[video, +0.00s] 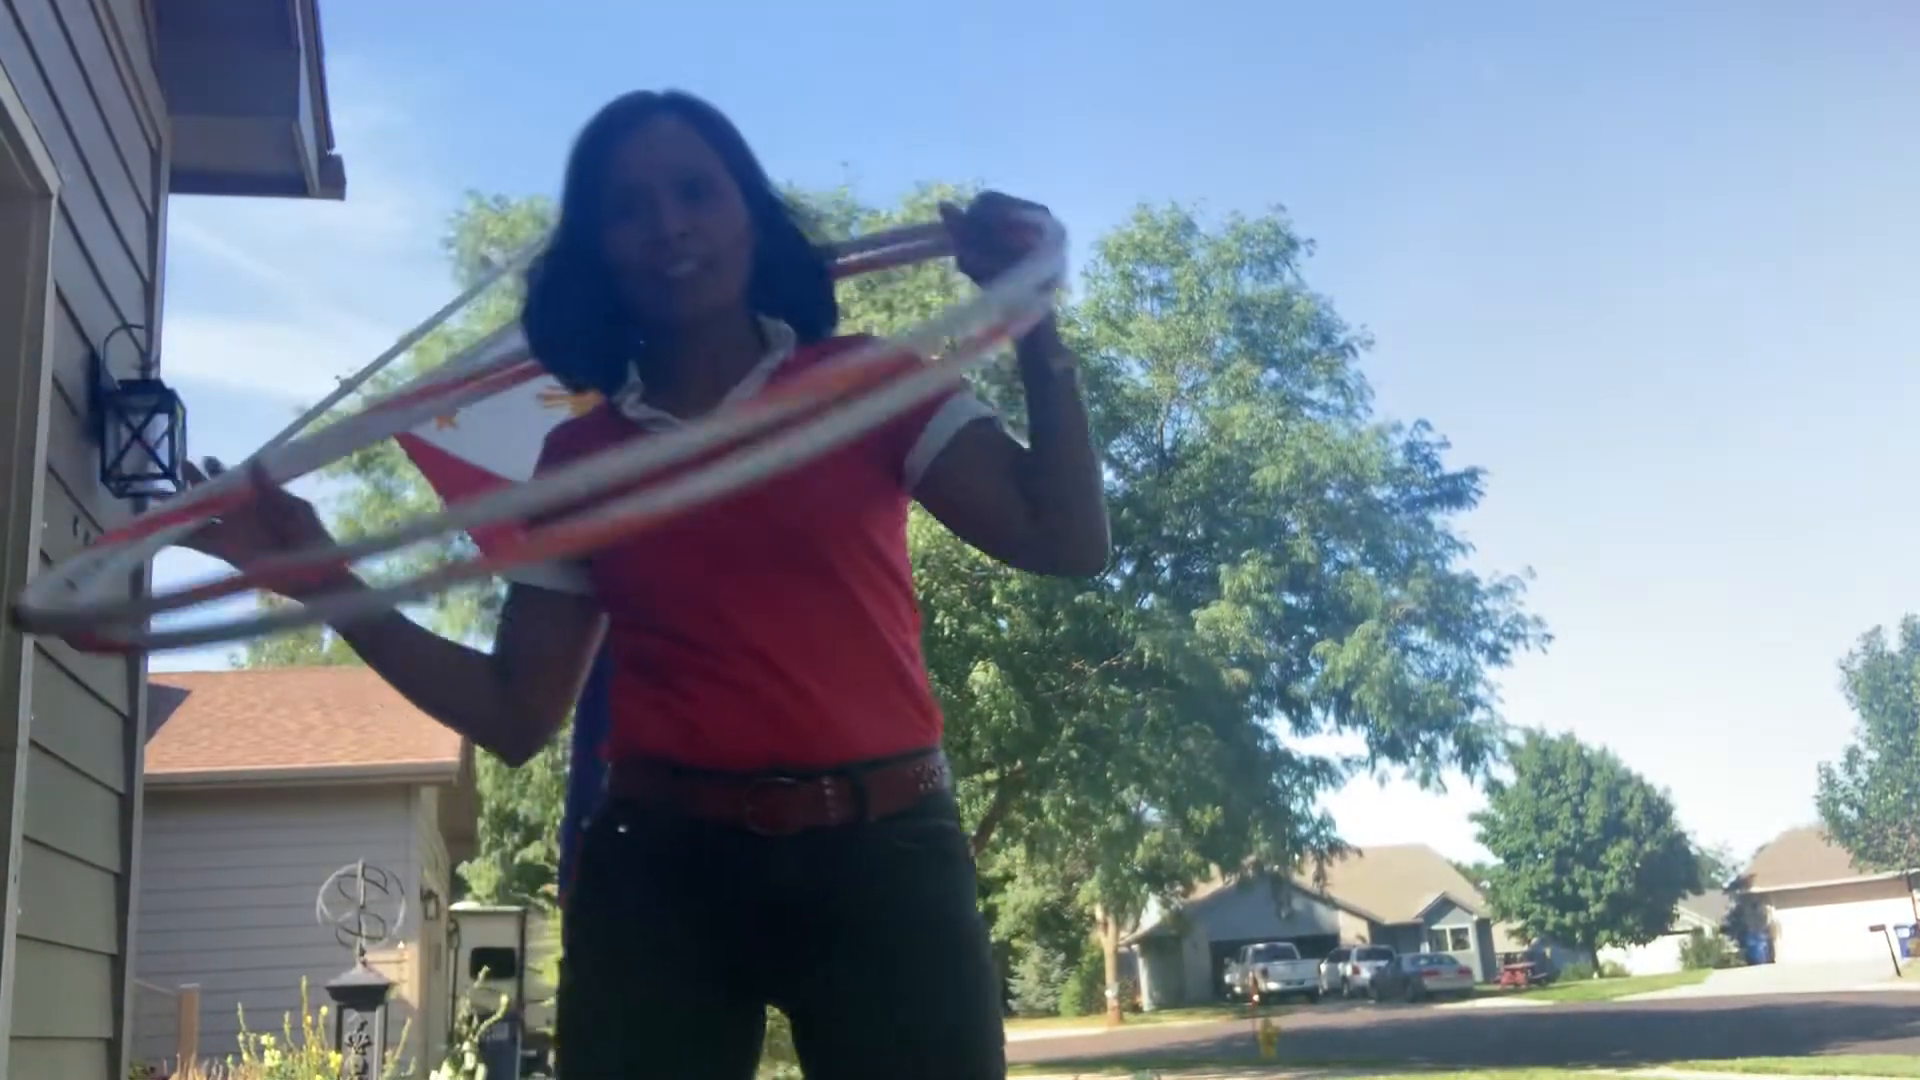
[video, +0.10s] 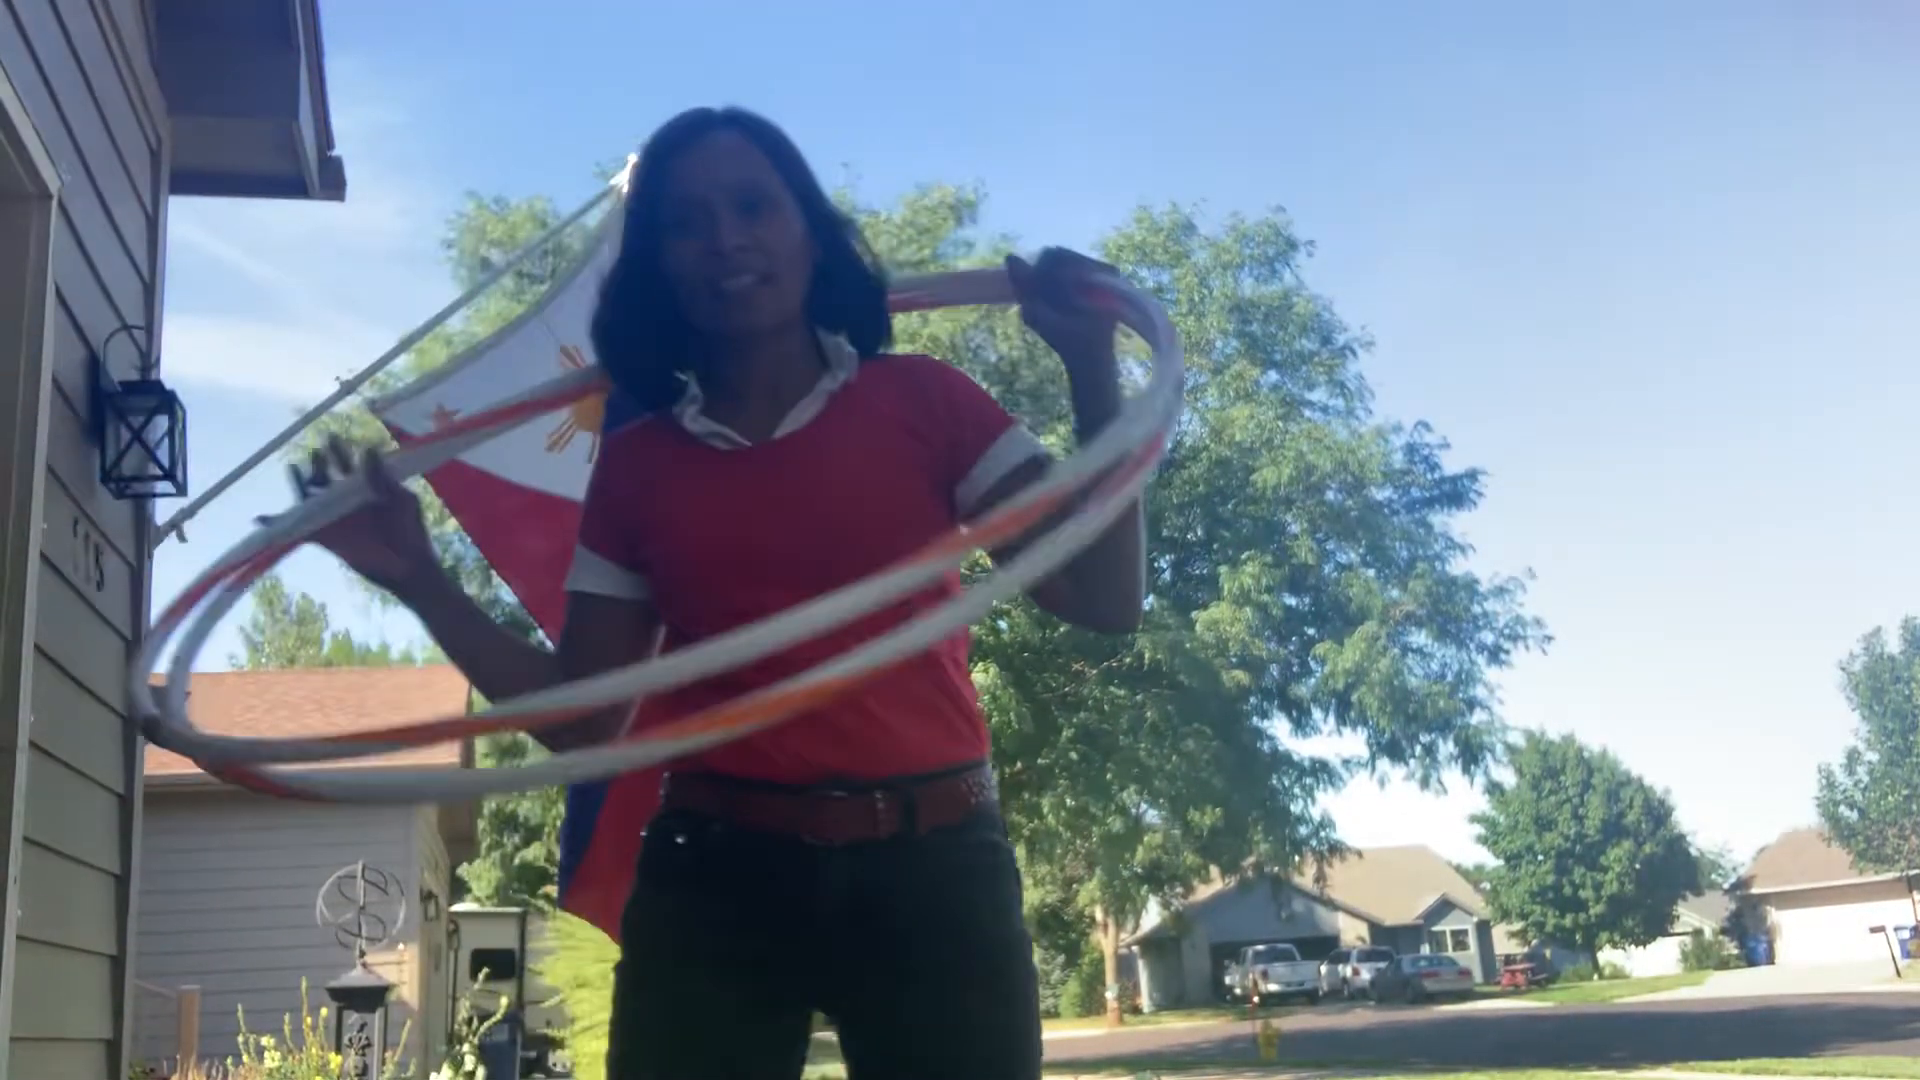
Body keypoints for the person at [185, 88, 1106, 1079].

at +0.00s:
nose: (669, 227)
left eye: (696, 191)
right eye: (627, 208)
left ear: (753, 214)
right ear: (596, 254)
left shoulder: (862, 380)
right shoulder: (588, 456)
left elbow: (1067, 537)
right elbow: (515, 713)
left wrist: (1033, 317)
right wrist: (326, 582)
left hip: (885, 848)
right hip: (660, 852)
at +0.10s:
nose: (726, 240)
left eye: (754, 206)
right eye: (687, 222)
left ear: (812, 230)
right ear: (654, 269)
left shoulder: (921, 399)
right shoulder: (640, 460)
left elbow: (1102, 600)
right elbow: (583, 720)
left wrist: (1093, 363)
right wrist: (418, 576)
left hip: (933, 863)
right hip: (713, 868)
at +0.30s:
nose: (837, 252)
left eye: (865, 218)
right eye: (802, 231)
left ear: (920, 242)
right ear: (768, 272)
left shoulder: (1016, 424)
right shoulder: (732, 455)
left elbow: (1152, 642)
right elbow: (677, 700)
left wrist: (1193, 442)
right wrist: (555, 553)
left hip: (998, 863)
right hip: (791, 874)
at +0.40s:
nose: (878, 250)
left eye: (905, 220)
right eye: (843, 231)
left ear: (958, 247)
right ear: (808, 269)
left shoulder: (1042, 432)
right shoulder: (759, 450)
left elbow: (1166, 645)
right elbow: (692, 691)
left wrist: (1218, 447)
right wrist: (576, 533)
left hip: (1013, 876)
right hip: (810, 881)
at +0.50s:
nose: (897, 257)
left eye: (927, 228)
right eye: (864, 236)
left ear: (978, 257)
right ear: (830, 273)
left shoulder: (1057, 444)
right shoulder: (770, 452)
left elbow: (1166, 667)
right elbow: (698, 689)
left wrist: (1226, 460)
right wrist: (591, 532)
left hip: (1014, 865)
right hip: (816, 872)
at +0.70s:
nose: (902, 250)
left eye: (932, 225)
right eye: (870, 232)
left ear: (982, 261)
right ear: (835, 273)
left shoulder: (1052, 446)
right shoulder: (767, 450)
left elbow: (1163, 677)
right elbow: (691, 697)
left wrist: (1215, 453)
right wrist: (586, 515)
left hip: (1003, 865)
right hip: (800, 869)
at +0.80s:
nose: (893, 246)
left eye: (923, 221)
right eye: (860, 228)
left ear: (973, 257)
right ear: (826, 271)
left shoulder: (1043, 441)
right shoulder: (759, 446)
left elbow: (1156, 671)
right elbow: (682, 691)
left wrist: (1201, 446)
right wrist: (576, 514)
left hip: (999, 865)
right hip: (794, 867)